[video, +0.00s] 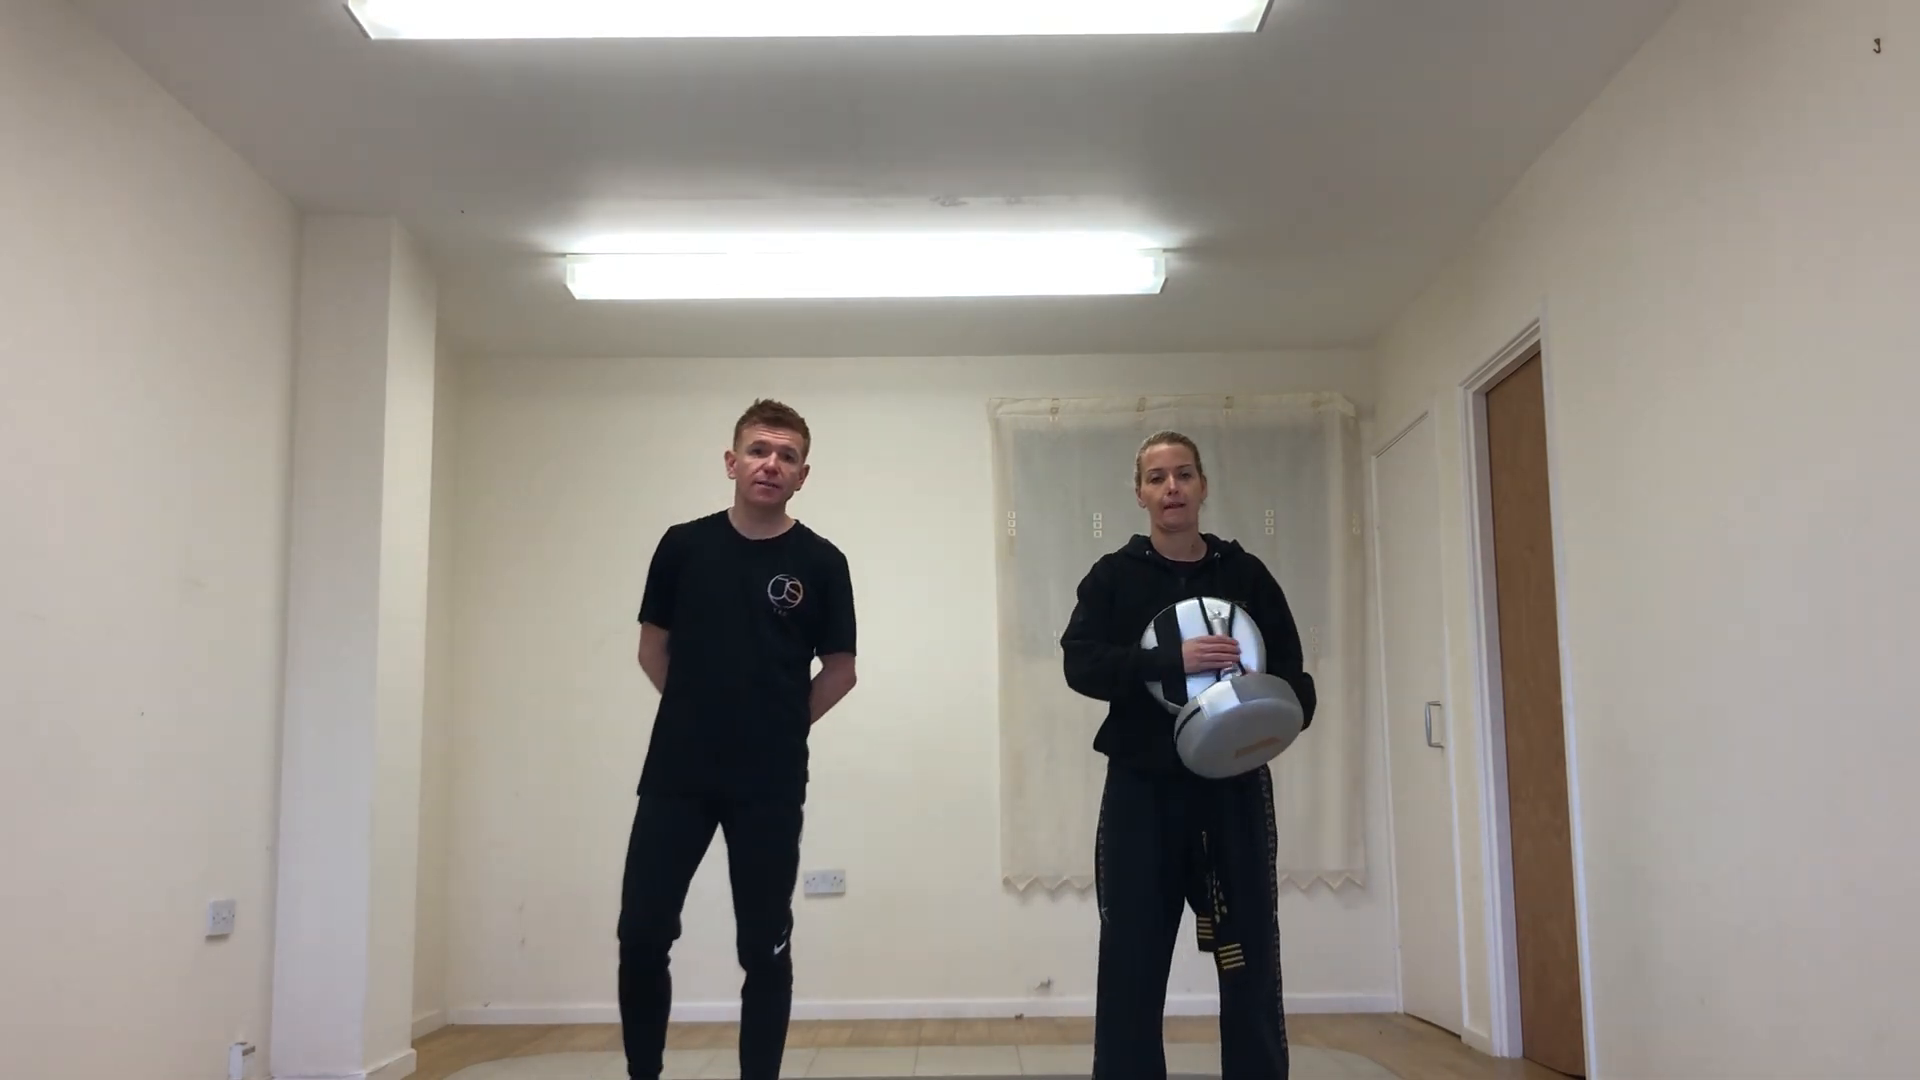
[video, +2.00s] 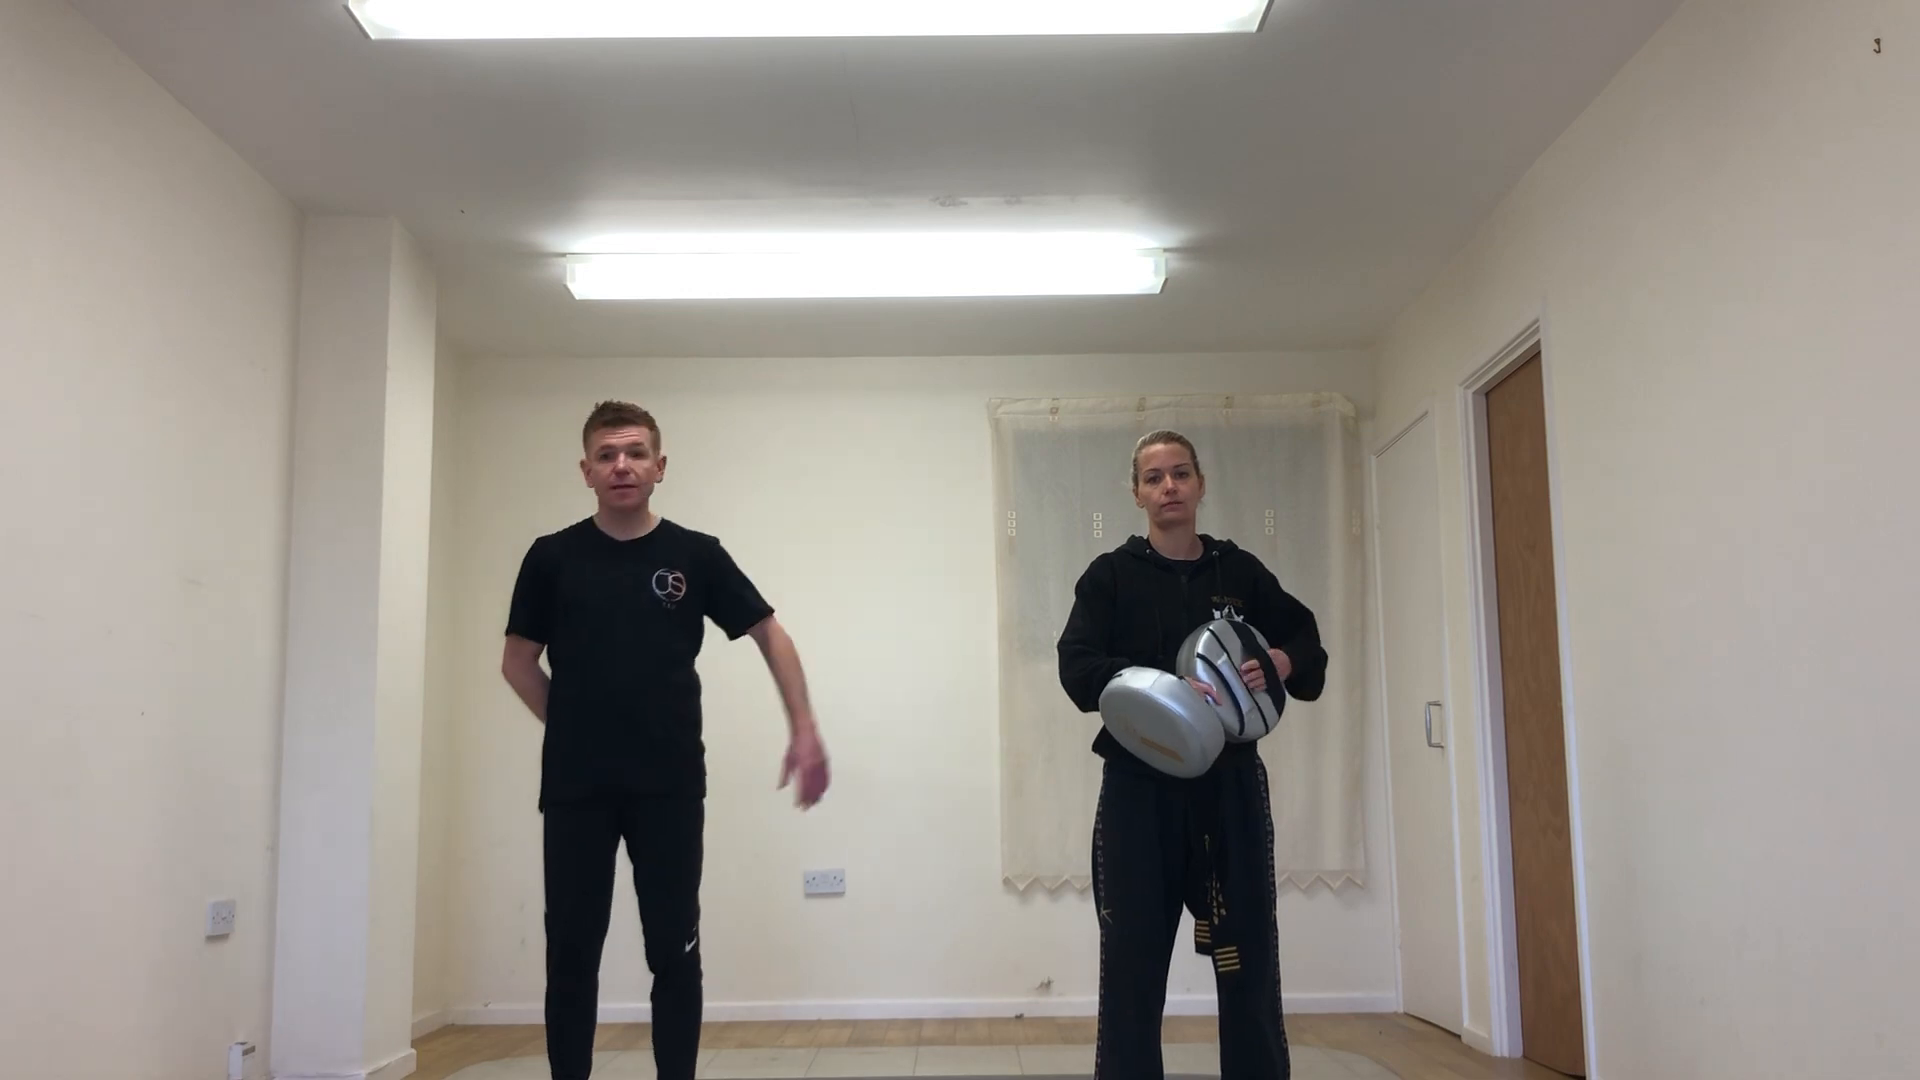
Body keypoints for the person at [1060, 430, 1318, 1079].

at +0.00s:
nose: (1171, 486)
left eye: (1183, 474)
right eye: (1157, 477)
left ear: (1203, 487)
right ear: (1140, 494)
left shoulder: (1246, 572)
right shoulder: (1113, 575)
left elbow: (1292, 677)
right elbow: (1080, 666)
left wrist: (1272, 717)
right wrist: (1171, 659)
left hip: (1236, 789)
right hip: (1142, 790)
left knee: (1251, 972)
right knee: (1131, 975)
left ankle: (1257, 1078)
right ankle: (1128, 1079)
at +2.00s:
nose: (1168, 485)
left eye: (1179, 473)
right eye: (1154, 477)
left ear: (1200, 485)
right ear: (1137, 494)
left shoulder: (1240, 569)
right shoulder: (1109, 575)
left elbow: (1308, 652)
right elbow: (1077, 667)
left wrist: (1279, 664)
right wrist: (1157, 691)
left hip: (1231, 783)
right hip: (1138, 786)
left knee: (1248, 962)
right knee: (1131, 968)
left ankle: (1258, 1077)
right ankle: (1127, 1077)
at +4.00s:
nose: (1178, 490)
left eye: (1191, 478)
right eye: (1164, 479)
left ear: (1209, 488)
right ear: (1146, 490)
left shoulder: (1241, 571)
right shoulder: (1112, 574)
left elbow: (1257, 669)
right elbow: (1095, 679)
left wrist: (1218, 730)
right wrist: (1137, 737)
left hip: (1230, 780)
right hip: (1138, 781)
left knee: (1249, 960)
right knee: (1131, 964)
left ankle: (1260, 1075)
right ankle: (1125, 1077)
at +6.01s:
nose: (1172, 485)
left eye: (1184, 473)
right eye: (1158, 474)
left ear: (1205, 485)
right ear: (1140, 488)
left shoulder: (1239, 570)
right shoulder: (1110, 575)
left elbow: (1255, 670)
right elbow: (1095, 683)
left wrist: (1217, 731)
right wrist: (1140, 740)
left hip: (1231, 780)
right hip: (1139, 782)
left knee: (1249, 962)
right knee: (1130, 966)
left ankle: (1261, 1077)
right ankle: (1124, 1078)